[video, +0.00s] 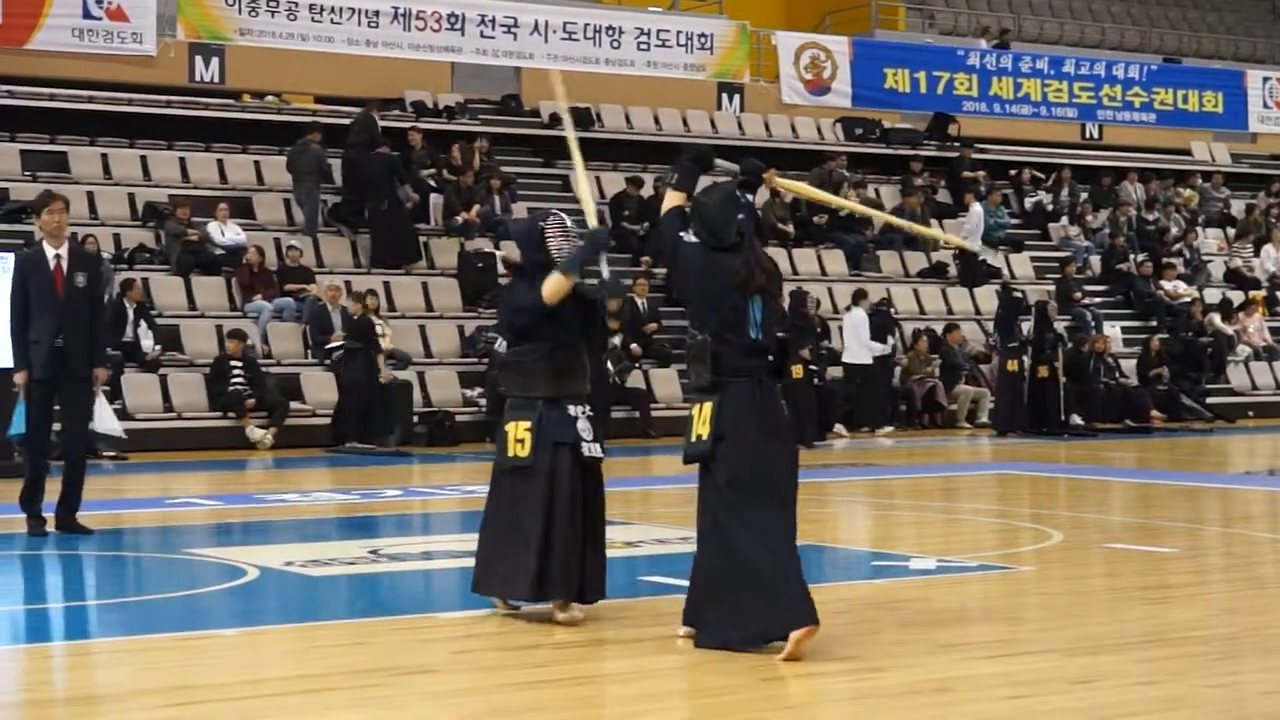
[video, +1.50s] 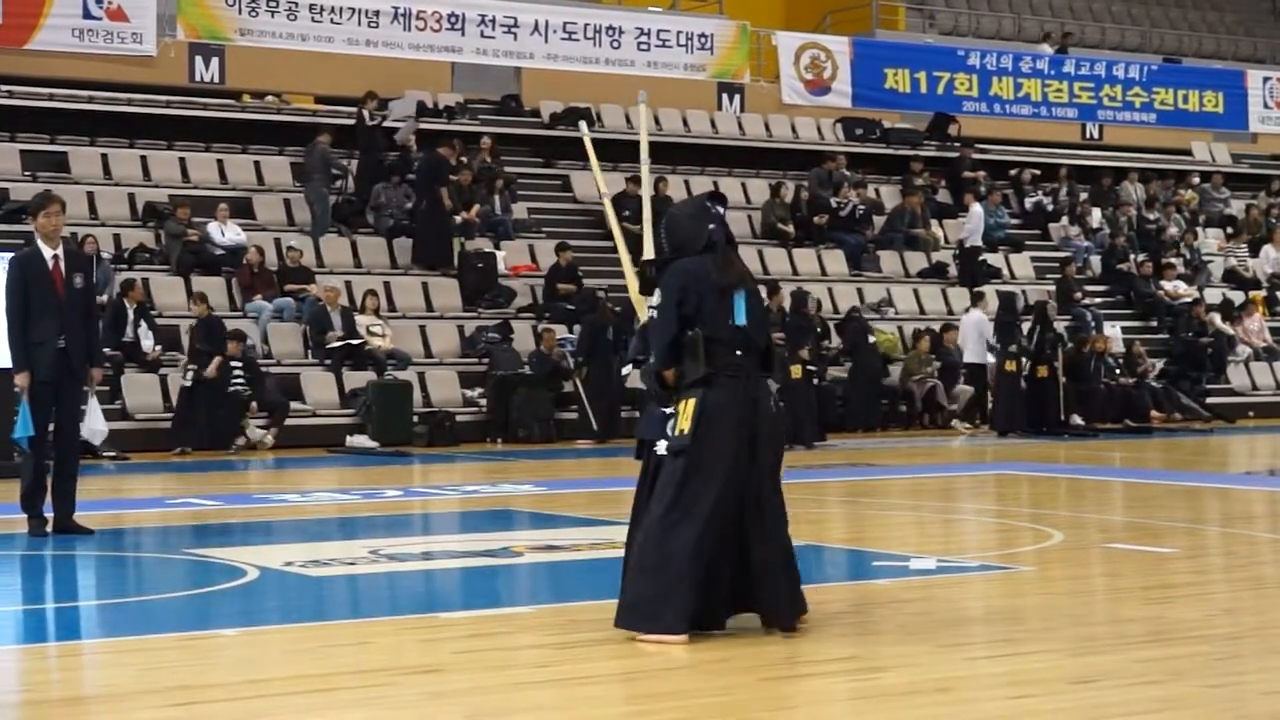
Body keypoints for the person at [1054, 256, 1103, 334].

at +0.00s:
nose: (1073, 269)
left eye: (1074, 266)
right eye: (1070, 267)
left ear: (1076, 267)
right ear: (1064, 268)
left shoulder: (1075, 281)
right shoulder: (1062, 282)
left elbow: (1084, 292)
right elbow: (1076, 297)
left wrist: (1079, 294)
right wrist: (1083, 292)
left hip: (1079, 304)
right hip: (1068, 306)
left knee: (1098, 314)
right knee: (1085, 315)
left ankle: (1100, 338)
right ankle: (1088, 340)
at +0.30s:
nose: (1075, 268)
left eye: (1075, 265)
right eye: (1072, 266)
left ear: (1077, 266)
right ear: (1066, 268)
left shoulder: (1075, 280)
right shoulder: (1064, 281)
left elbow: (1085, 291)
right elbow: (1077, 296)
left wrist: (1080, 294)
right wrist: (1084, 291)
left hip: (1080, 304)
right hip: (1069, 306)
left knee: (1098, 313)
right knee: (1087, 315)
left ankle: (1101, 337)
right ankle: (1089, 339)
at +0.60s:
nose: (1075, 267)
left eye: (1075, 265)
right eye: (1072, 265)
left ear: (1076, 266)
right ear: (1066, 267)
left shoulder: (1075, 279)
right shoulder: (1063, 280)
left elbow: (1085, 291)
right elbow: (1077, 295)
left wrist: (1080, 293)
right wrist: (1084, 291)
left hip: (1080, 303)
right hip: (1069, 305)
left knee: (1098, 313)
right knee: (1086, 314)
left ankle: (1101, 337)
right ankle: (1090, 338)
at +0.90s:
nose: (1075, 267)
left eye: (1075, 265)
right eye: (1072, 265)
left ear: (1077, 266)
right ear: (1066, 267)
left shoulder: (1075, 279)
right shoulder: (1064, 280)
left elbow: (1085, 290)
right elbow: (1078, 295)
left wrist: (1081, 293)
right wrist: (1084, 290)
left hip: (1080, 303)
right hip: (1070, 305)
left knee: (1099, 313)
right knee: (1087, 314)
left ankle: (1102, 337)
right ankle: (1091, 338)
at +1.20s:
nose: (1074, 269)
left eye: (1074, 266)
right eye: (1071, 266)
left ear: (1075, 267)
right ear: (1066, 268)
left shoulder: (1074, 280)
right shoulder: (1062, 281)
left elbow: (1084, 291)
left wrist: (1080, 294)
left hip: (1079, 304)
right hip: (1068, 306)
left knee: (1098, 314)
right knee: (1085, 314)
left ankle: (1100, 337)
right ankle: (1088, 339)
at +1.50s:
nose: (1074, 269)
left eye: (1074, 266)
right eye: (1071, 266)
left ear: (1075, 267)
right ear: (1065, 268)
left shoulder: (1073, 280)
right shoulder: (1063, 281)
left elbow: (1084, 291)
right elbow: (1076, 297)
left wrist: (1080, 294)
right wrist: (1084, 292)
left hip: (1079, 304)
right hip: (1068, 306)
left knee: (1098, 314)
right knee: (1085, 315)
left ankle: (1100, 338)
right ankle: (1089, 339)